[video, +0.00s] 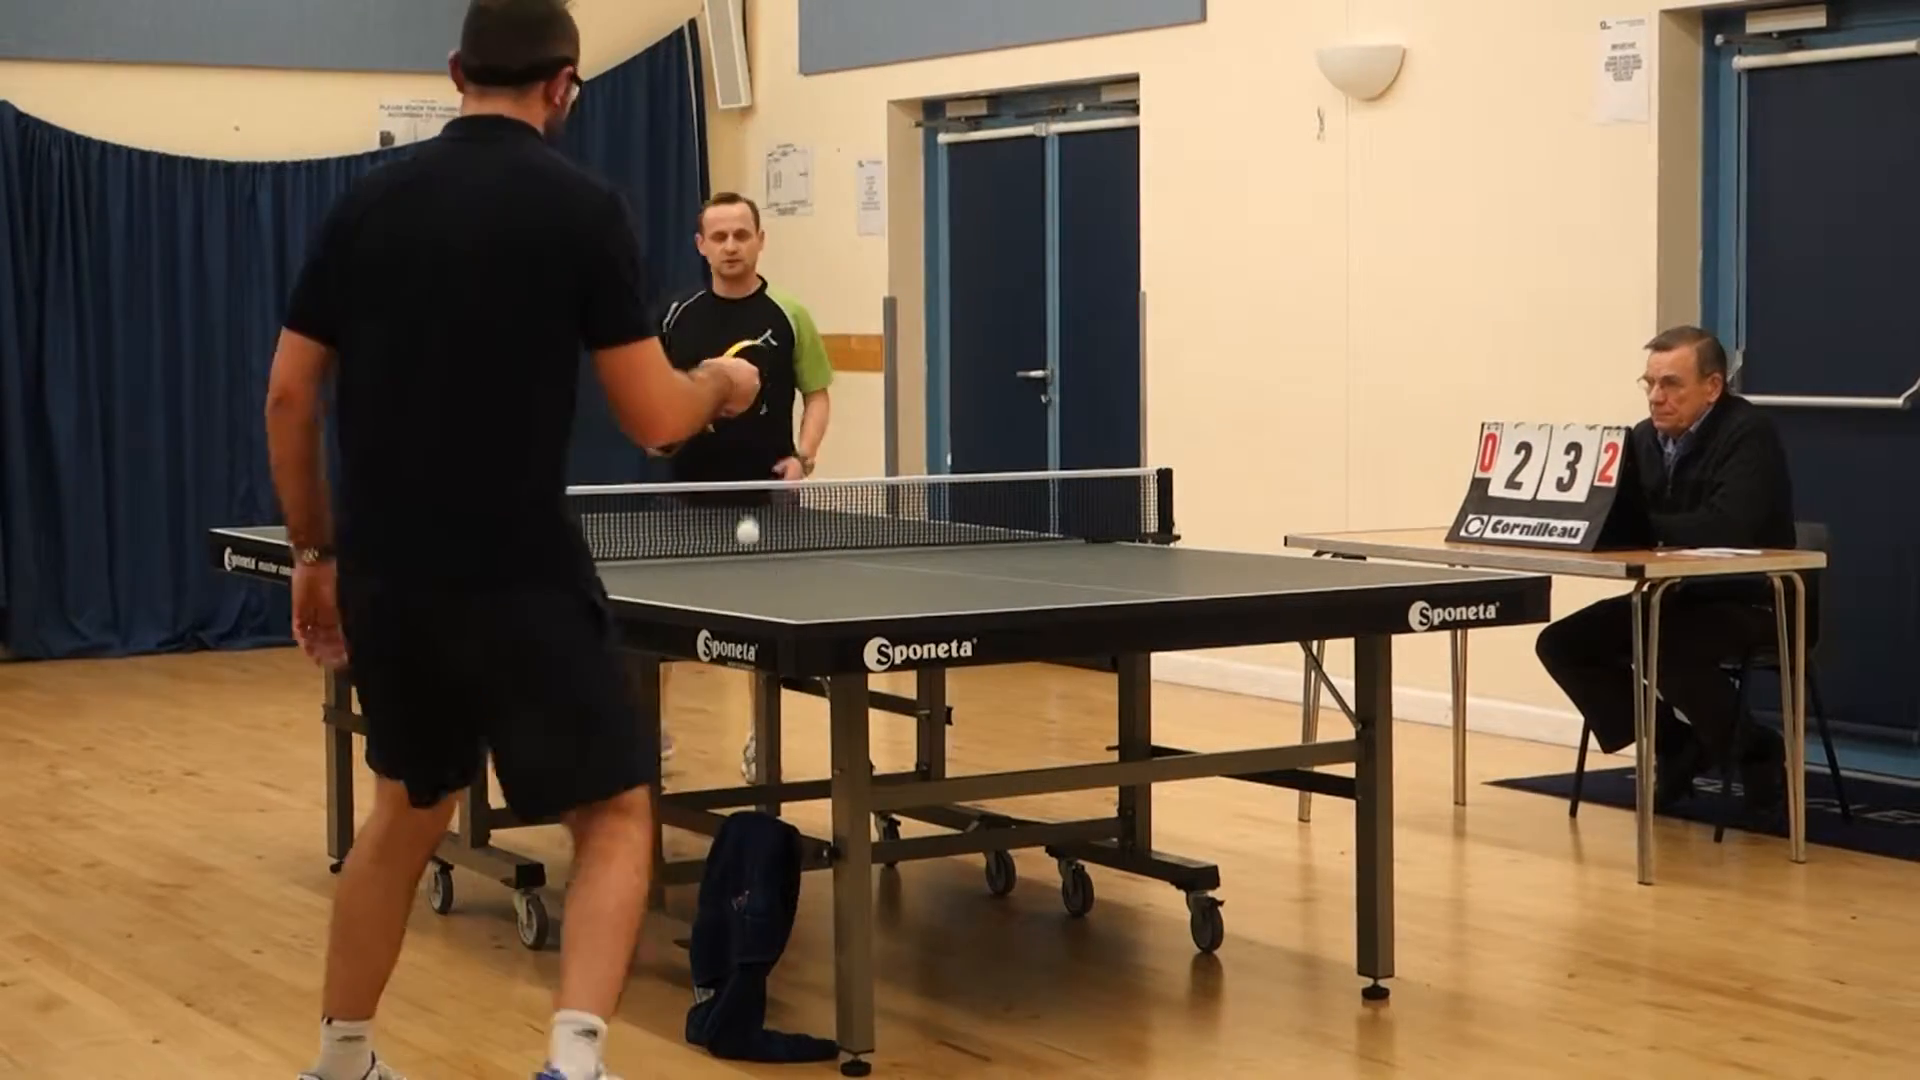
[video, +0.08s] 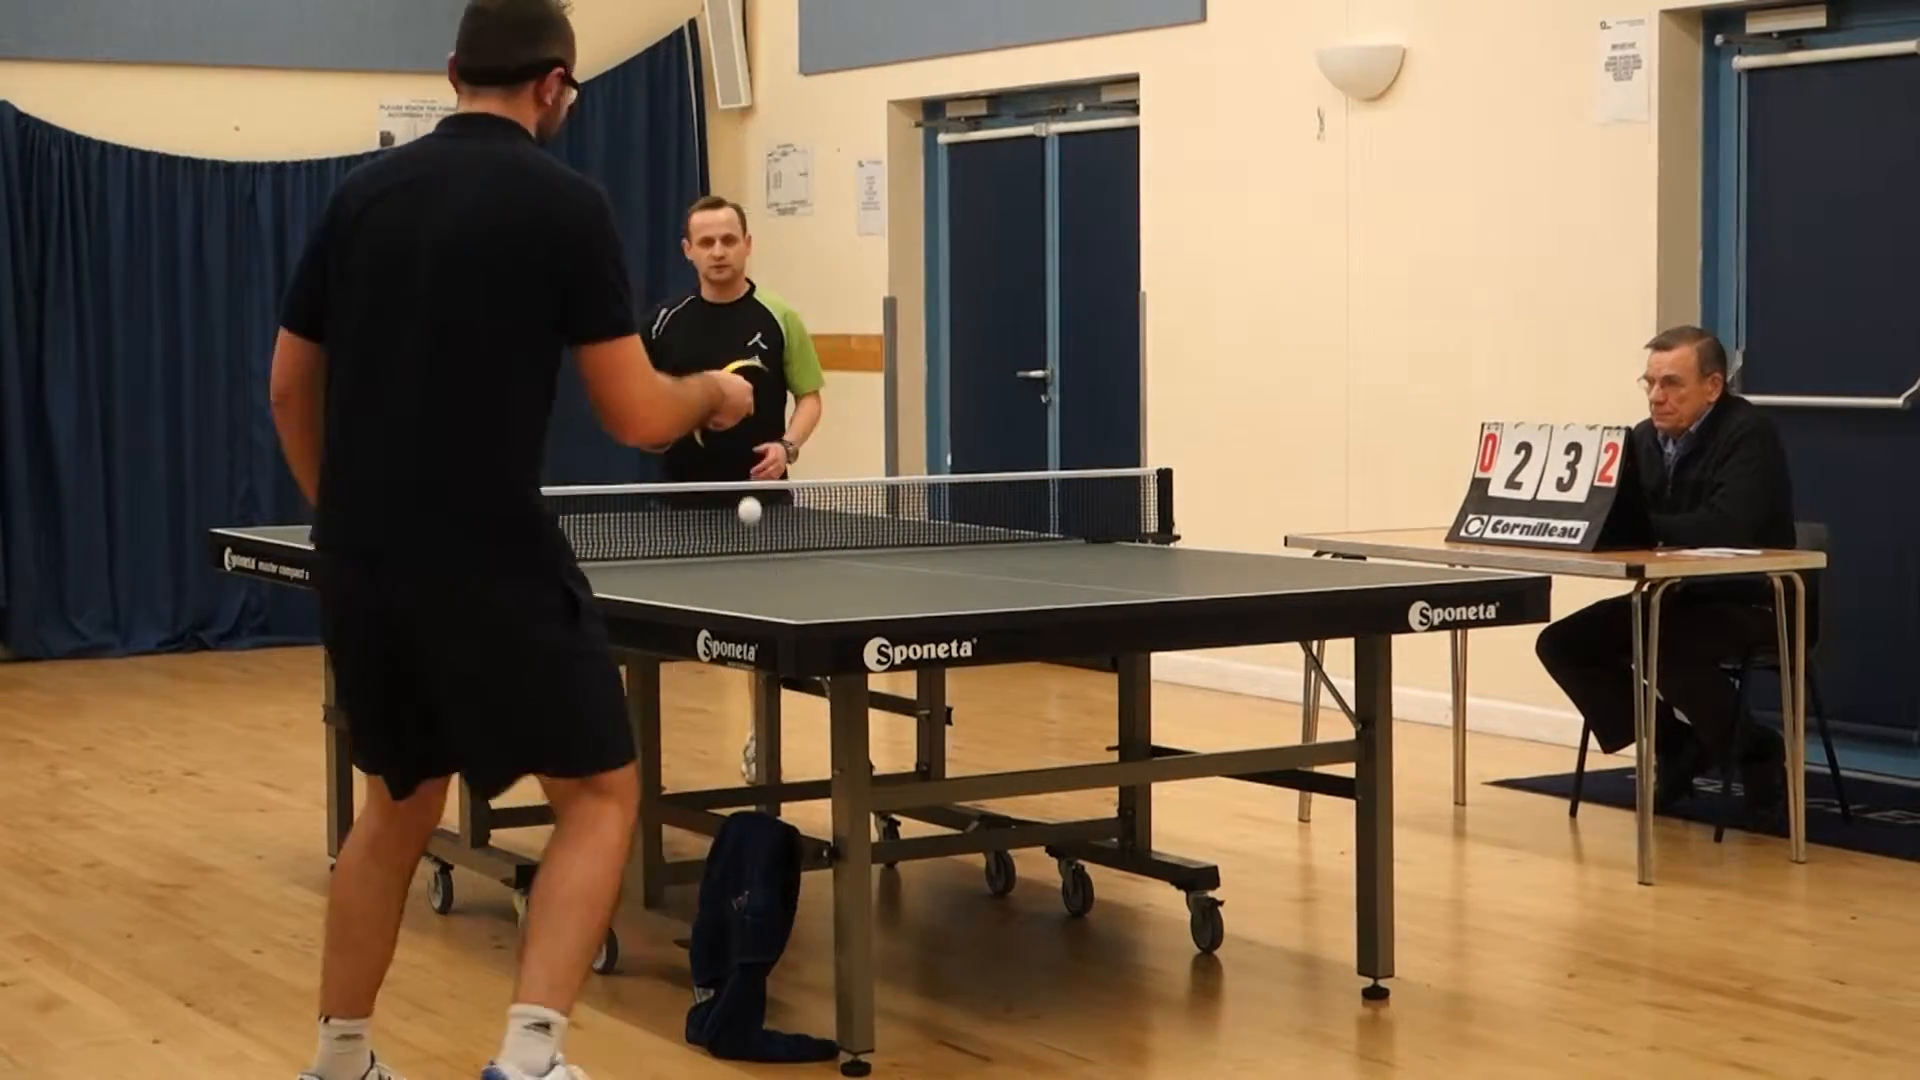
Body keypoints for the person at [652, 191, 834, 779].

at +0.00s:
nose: (730, 246)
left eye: (740, 235)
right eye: (718, 236)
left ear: (759, 241)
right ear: (701, 244)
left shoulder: (789, 315)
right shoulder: (679, 315)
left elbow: (818, 393)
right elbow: (652, 381)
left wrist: (805, 454)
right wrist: (658, 426)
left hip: (763, 492)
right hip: (687, 490)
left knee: (771, 618)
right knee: (647, 613)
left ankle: (763, 740)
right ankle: (648, 731)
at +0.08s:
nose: (718, 252)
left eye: (728, 240)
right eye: (706, 242)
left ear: (747, 246)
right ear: (688, 250)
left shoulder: (779, 319)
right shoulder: (666, 322)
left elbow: (811, 397)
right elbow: (640, 396)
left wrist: (788, 446)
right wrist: (673, 416)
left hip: (759, 499)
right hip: (682, 499)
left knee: (770, 623)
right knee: (649, 622)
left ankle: (762, 741)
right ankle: (630, 739)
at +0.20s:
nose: (693, 265)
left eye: (702, 253)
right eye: (680, 255)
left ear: (721, 256)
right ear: (662, 263)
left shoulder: (759, 328)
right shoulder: (641, 335)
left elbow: (793, 404)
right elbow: (620, 414)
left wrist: (778, 455)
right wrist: (674, 432)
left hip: (741, 512)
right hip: (661, 511)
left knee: (764, 630)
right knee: (623, 632)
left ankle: (759, 748)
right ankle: (573, 738)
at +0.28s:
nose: (674, 273)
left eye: (683, 261)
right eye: (661, 263)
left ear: (702, 261)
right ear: (642, 270)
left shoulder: (741, 332)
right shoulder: (623, 346)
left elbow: (779, 405)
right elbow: (602, 424)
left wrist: (769, 462)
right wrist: (669, 447)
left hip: (728, 513)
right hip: (647, 515)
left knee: (765, 628)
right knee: (602, 635)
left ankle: (762, 747)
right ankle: (554, 749)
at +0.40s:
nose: (657, 281)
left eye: (665, 268)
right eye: (643, 271)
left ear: (684, 268)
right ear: (623, 278)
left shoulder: (725, 333)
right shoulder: (610, 351)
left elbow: (760, 399)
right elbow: (572, 430)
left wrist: (748, 461)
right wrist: (622, 463)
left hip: (720, 511)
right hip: (640, 517)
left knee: (773, 609)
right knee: (594, 631)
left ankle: (779, 731)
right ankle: (560, 750)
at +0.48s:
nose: (655, 287)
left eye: (663, 274)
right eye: (641, 278)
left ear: (682, 273)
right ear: (623, 284)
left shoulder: (725, 335)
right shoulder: (613, 354)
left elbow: (760, 413)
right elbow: (605, 432)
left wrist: (750, 463)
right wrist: (679, 435)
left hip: (720, 509)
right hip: (641, 515)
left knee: (782, 616)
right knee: (592, 634)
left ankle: (816, 742)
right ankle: (561, 762)